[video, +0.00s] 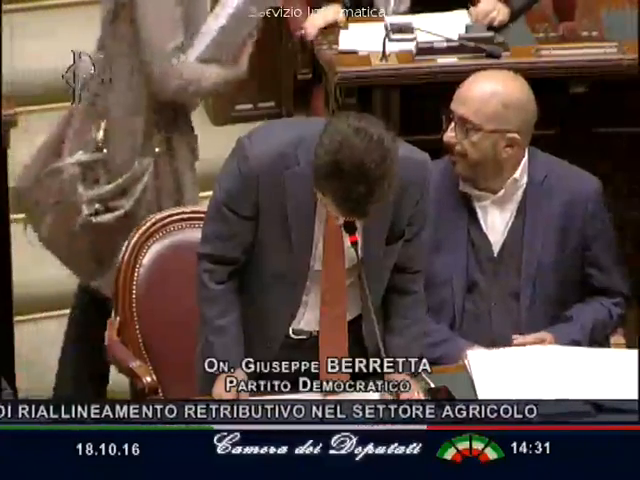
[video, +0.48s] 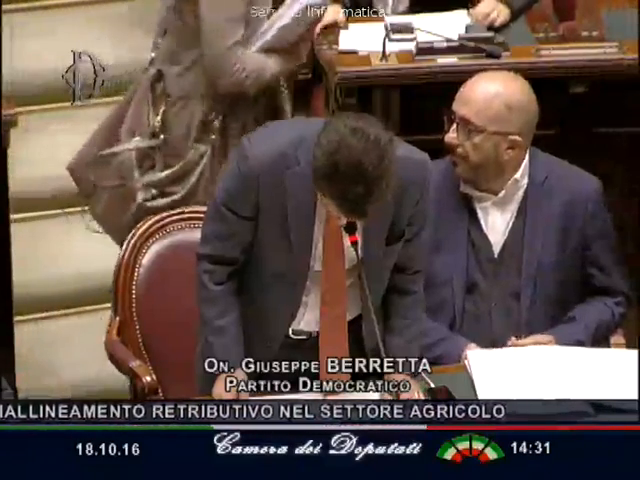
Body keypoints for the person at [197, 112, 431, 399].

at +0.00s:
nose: (343, 219)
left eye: (356, 215)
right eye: (336, 210)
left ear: (389, 178)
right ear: (317, 180)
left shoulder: (413, 173)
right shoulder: (258, 161)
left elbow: (408, 279)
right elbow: (217, 265)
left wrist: (403, 368)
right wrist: (227, 367)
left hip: (359, 336)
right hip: (272, 340)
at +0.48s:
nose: (345, 220)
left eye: (357, 215)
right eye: (337, 211)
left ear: (387, 177)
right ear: (317, 180)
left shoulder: (412, 172)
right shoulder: (258, 163)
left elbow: (408, 280)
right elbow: (216, 265)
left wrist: (403, 368)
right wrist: (227, 366)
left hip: (358, 336)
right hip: (272, 340)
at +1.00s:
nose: (345, 217)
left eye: (358, 212)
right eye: (337, 206)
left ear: (390, 176)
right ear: (319, 178)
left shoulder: (412, 173)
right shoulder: (258, 162)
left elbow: (407, 279)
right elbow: (214, 262)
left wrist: (403, 367)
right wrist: (226, 362)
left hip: (356, 336)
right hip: (270, 339)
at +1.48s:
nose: (350, 216)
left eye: (362, 208)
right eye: (340, 205)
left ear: (389, 175)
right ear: (319, 171)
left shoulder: (410, 174)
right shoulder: (255, 164)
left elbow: (405, 278)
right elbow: (211, 261)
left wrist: (402, 367)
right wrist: (229, 359)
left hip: (354, 334)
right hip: (269, 339)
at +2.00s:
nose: (349, 216)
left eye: (361, 208)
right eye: (339, 204)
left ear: (389, 176)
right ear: (320, 170)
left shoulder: (408, 177)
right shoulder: (253, 160)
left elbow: (402, 279)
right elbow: (207, 255)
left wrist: (402, 366)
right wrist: (231, 349)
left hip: (350, 334)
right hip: (266, 338)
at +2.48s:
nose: (351, 214)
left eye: (363, 207)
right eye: (341, 203)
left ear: (389, 176)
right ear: (321, 169)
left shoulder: (407, 177)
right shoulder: (253, 160)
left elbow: (402, 278)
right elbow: (207, 254)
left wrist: (400, 366)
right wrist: (234, 347)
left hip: (349, 334)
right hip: (264, 339)